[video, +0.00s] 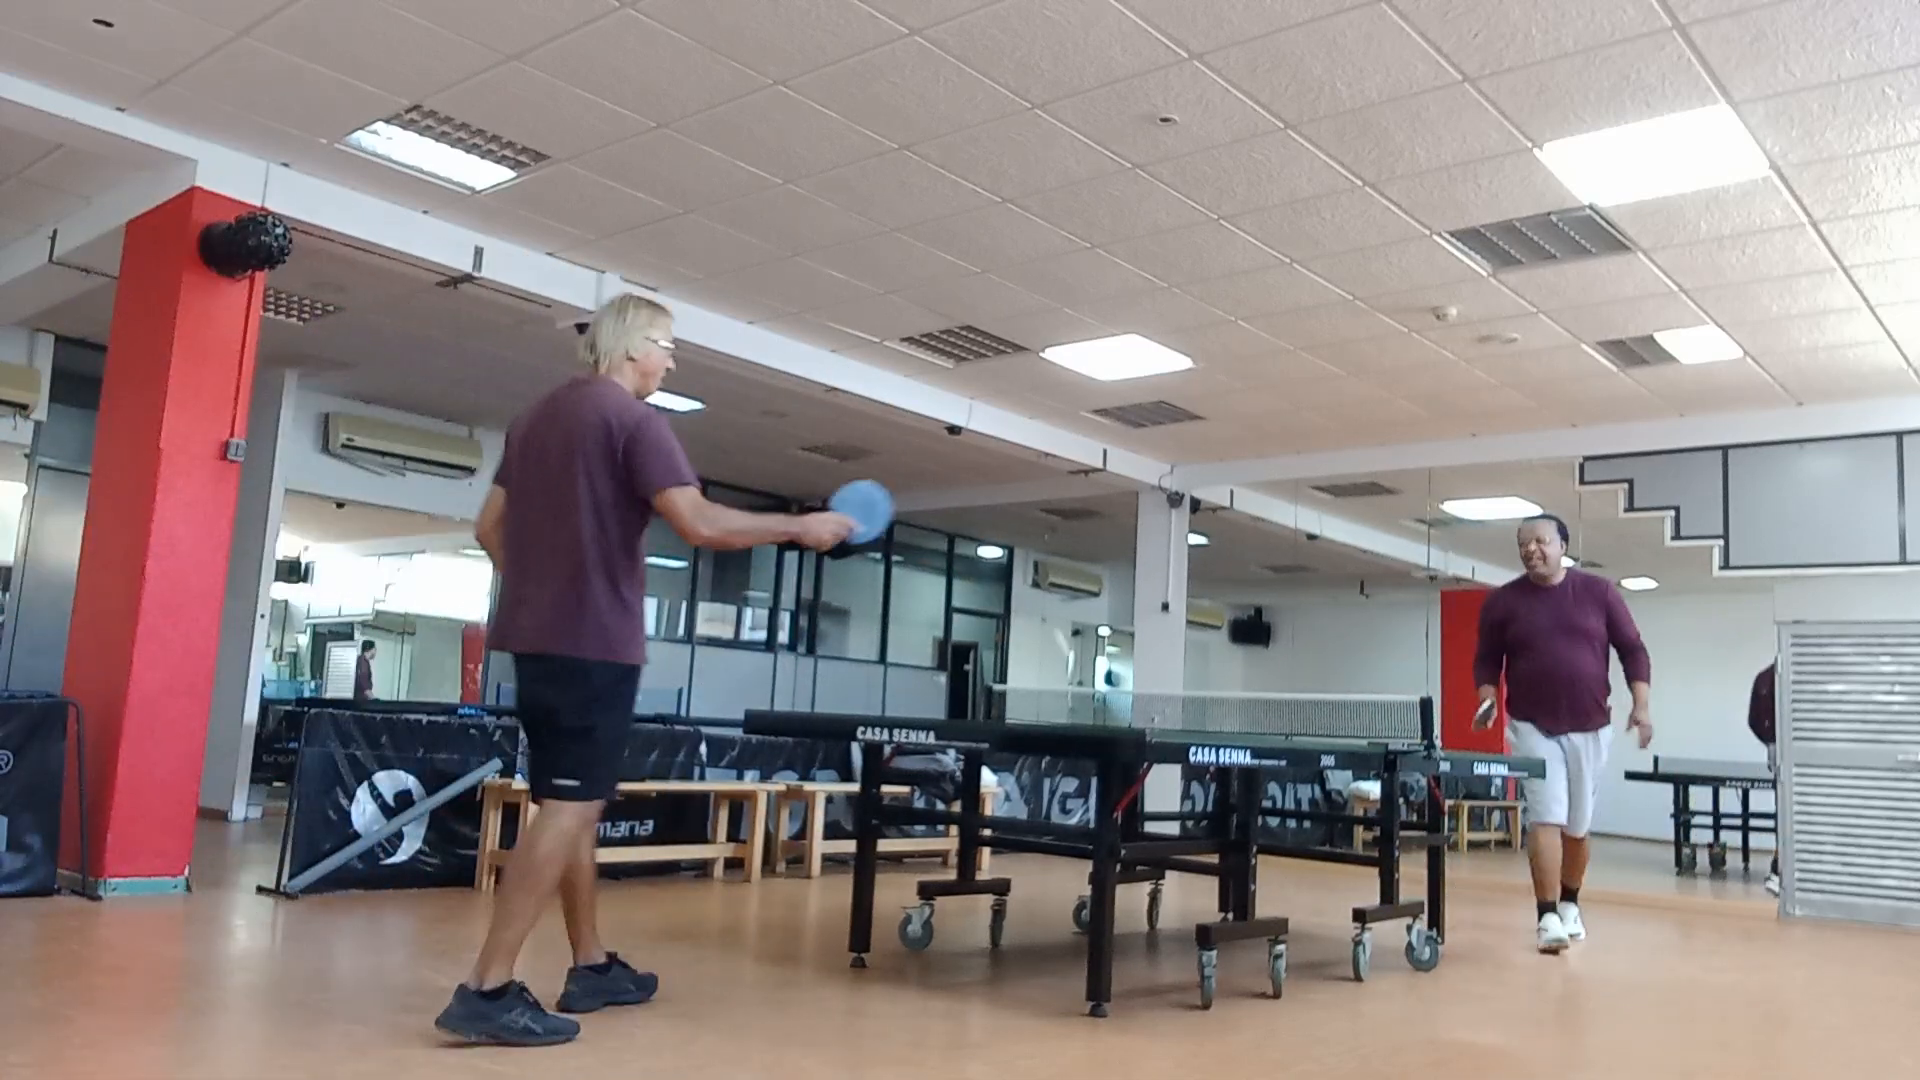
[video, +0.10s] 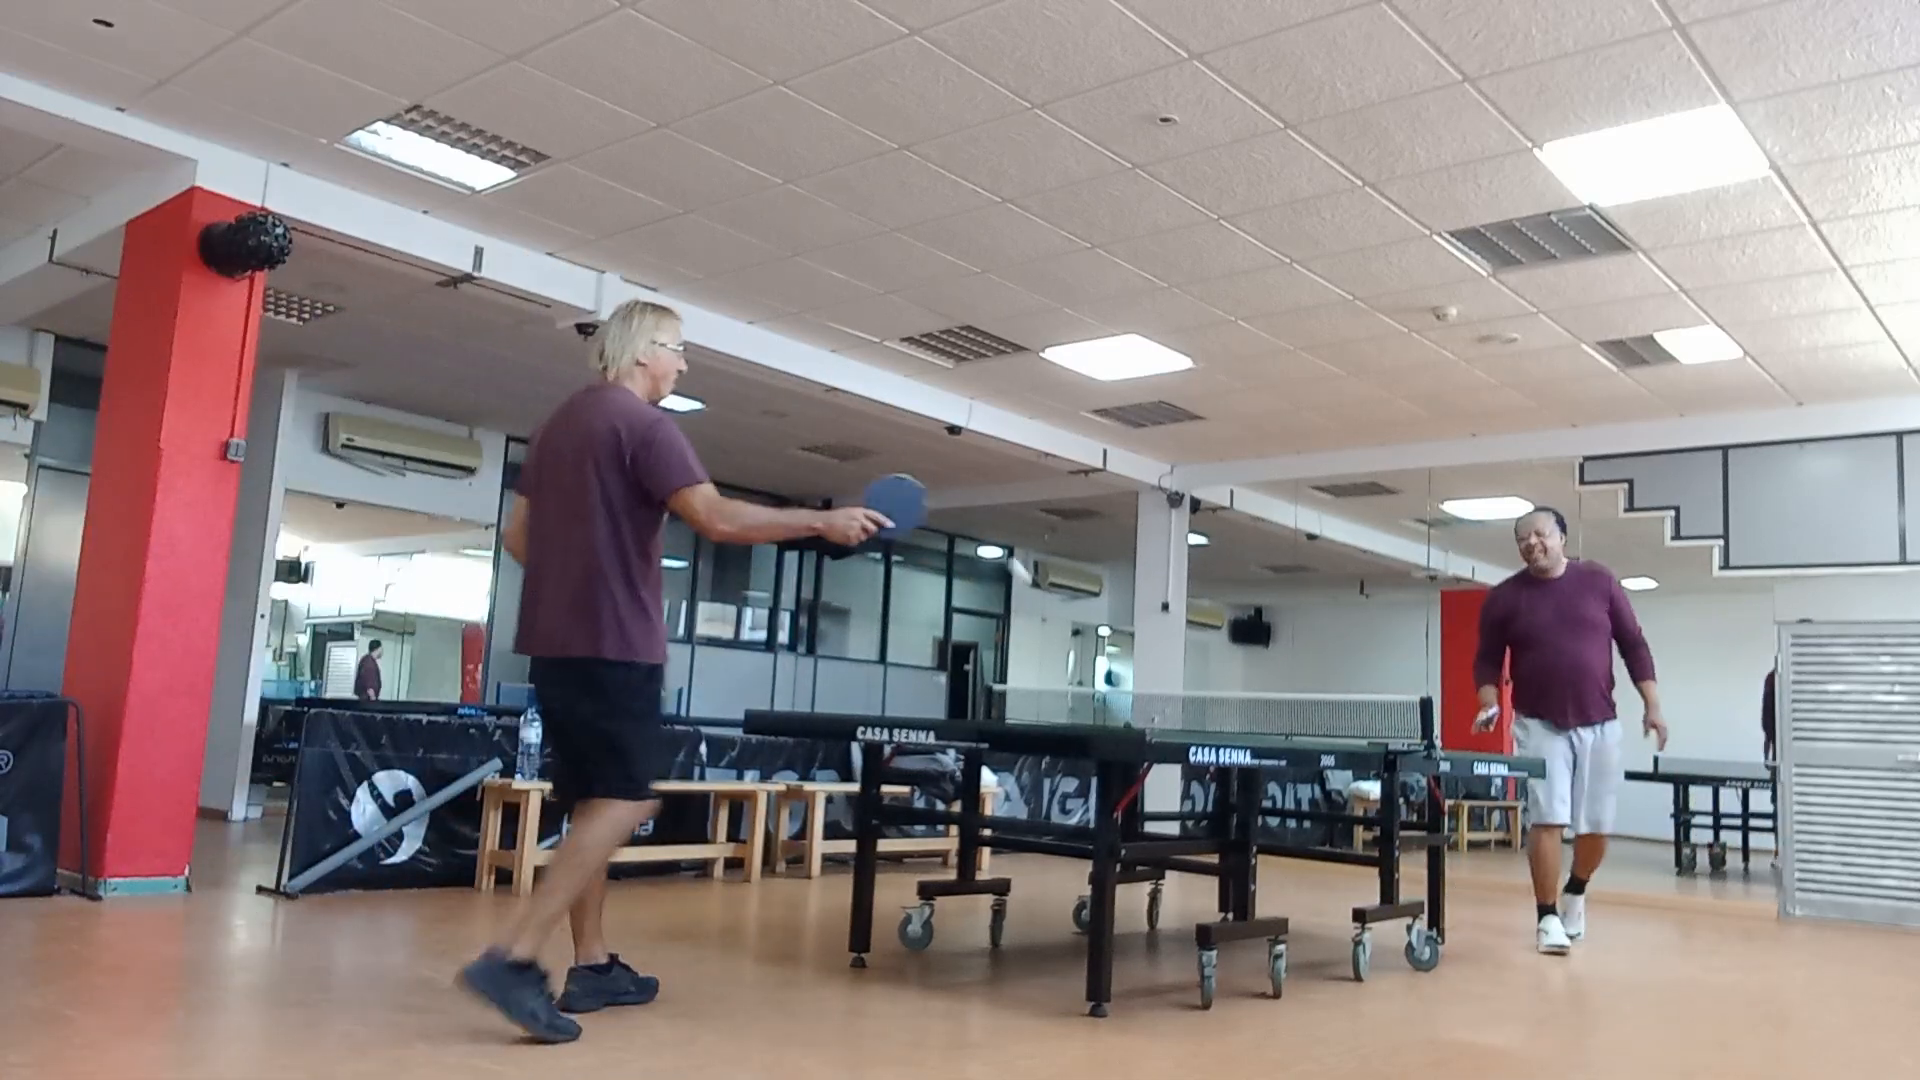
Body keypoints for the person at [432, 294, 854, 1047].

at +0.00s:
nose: (670, 363)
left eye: (670, 349)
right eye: (665, 348)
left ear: (604, 349)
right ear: (635, 351)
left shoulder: (536, 417)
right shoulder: (631, 419)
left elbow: (491, 524)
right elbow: (703, 525)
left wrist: (537, 591)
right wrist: (801, 527)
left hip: (532, 639)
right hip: (594, 643)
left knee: (576, 805)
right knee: (566, 809)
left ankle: (589, 966)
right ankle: (487, 988)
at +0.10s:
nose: (685, 366)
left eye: (682, 352)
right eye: (678, 350)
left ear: (618, 355)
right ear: (644, 353)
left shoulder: (559, 423)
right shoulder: (642, 421)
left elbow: (520, 537)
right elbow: (714, 517)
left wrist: (585, 578)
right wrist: (823, 521)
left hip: (555, 638)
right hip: (614, 641)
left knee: (590, 800)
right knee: (633, 794)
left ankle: (590, 966)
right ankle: (514, 961)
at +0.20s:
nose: (695, 368)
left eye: (693, 355)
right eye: (687, 353)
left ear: (630, 358)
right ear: (651, 356)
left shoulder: (578, 428)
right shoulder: (649, 426)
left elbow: (547, 543)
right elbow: (728, 516)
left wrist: (623, 566)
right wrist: (839, 524)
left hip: (568, 646)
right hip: (632, 646)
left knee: (606, 799)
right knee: (680, 791)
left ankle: (593, 957)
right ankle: (563, 930)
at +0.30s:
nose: (705, 370)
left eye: (704, 358)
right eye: (696, 356)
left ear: (646, 366)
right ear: (659, 364)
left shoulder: (599, 429)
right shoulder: (655, 427)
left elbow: (607, 552)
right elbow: (733, 517)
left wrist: (677, 612)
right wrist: (835, 526)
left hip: (588, 643)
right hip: (649, 645)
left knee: (611, 792)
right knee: (705, 780)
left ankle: (588, 971)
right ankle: (619, 943)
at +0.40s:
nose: (718, 377)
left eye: (716, 365)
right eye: (710, 363)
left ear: (660, 368)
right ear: (674, 366)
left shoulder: (618, 431)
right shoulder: (669, 431)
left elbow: (628, 554)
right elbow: (733, 526)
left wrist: (705, 587)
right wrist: (835, 537)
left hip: (604, 644)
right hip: (666, 647)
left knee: (618, 787)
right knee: (716, 782)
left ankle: (591, 965)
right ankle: (681, 958)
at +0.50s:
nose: (733, 384)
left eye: (731, 372)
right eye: (725, 369)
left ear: (676, 377)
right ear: (689, 374)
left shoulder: (632, 442)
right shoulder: (685, 439)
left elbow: (649, 555)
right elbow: (730, 535)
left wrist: (726, 576)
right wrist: (836, 556)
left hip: (624, 651)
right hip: (685, 654)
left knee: (624, 790)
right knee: (716, 794)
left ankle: (591, 962)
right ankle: (725, 956)